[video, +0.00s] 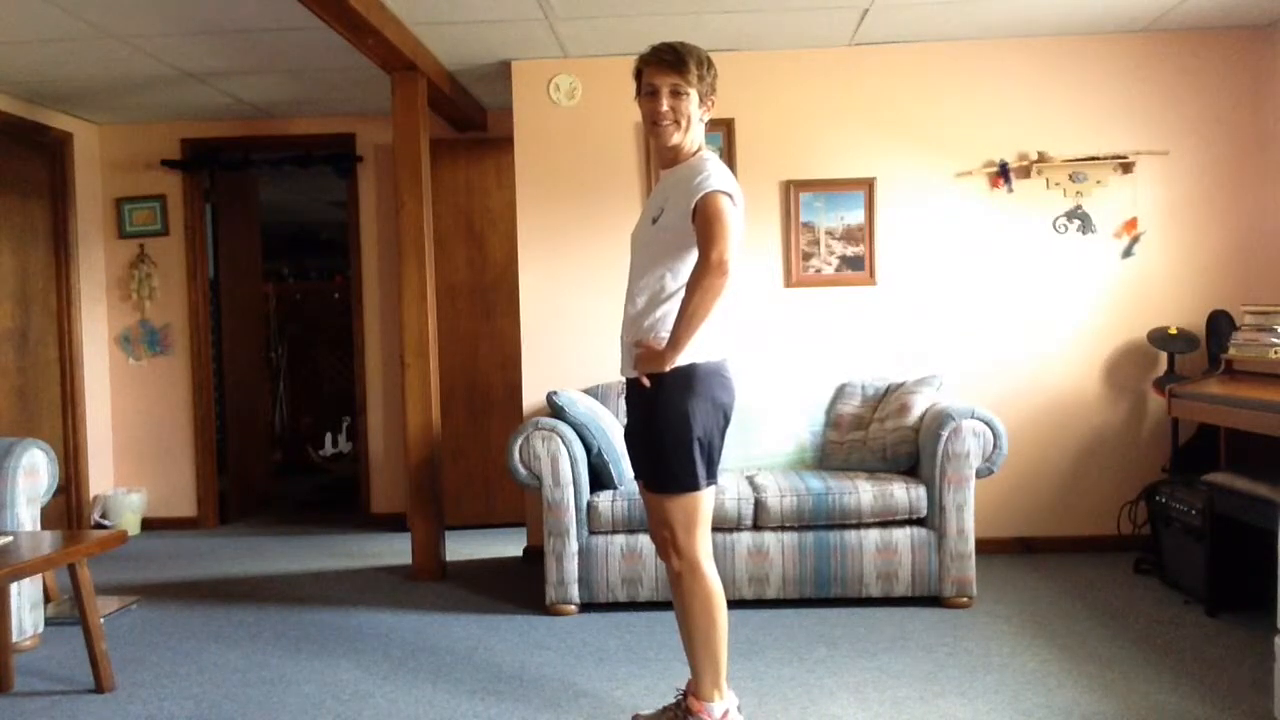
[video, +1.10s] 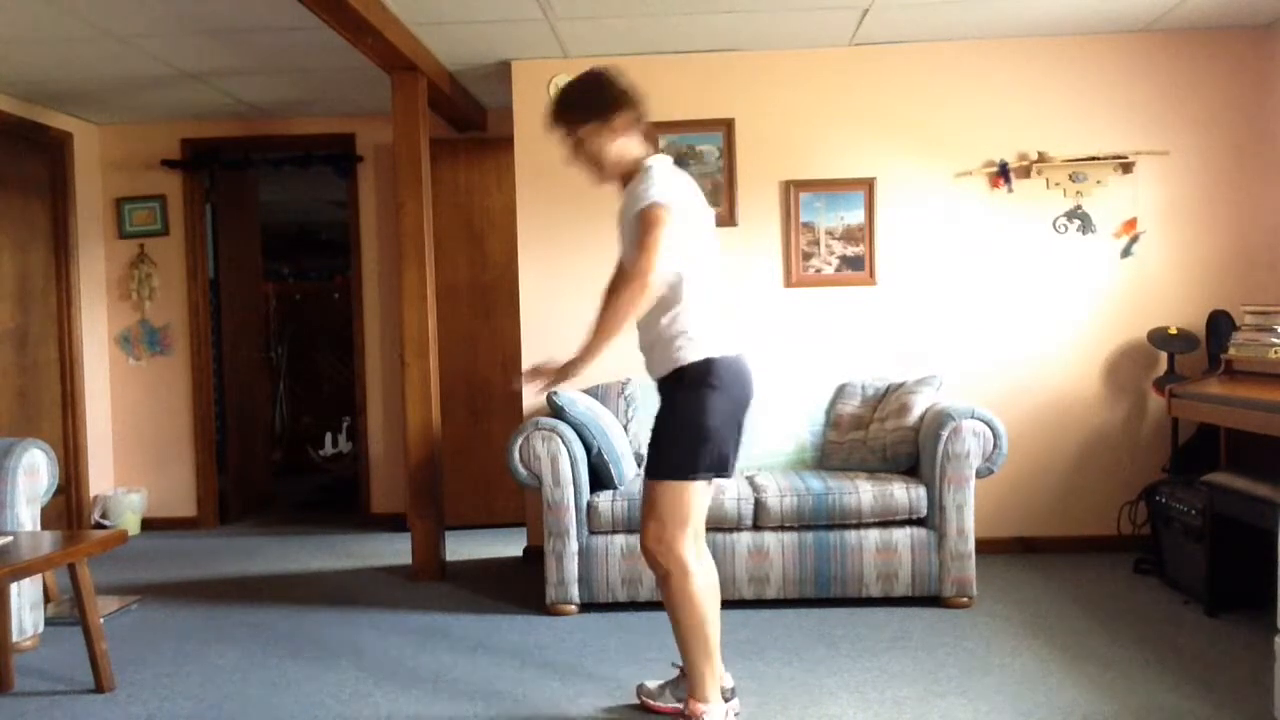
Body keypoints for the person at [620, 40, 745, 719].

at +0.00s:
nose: (661, 105)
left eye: (676, 93)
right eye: (650, 93)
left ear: (703, 103)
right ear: (638, 102)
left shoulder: (705, 173)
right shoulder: (668, 181)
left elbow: (718, 261)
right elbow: (666, 274)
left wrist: (670, 350)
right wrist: (643, 351)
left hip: (680, 379)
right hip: (654, 379)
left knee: (687, 549)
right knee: (672, 547)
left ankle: (713, 699)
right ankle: (705, 693)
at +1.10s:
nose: (576, 158)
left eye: (579, 142)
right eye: (571, 145)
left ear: (618, 125)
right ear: (621, 128)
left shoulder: (657, 184)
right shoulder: (663, 181)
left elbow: (637, 279)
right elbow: (640, 284)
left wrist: (579, 361)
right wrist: (577, 361)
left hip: (701, 376)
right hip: (707, 373)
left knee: (665, 541)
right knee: (681, 540)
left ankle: (707, 693)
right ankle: (708, 676)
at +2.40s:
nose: (418, 557)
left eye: (414, 546)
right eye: (410, 548)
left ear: (441, 522)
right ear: (446, 499)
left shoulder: (509, 517)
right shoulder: (501, 485)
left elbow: (501, 643)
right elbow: (510, 622)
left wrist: (485, 714)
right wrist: (480, 698)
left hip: (684, 503)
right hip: (700, 490)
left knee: (571, 612)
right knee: (817, 596)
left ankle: (693, 712)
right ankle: (957, 641)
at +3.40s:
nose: (457, 581)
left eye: (447, 572)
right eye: (447, 575)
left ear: (461, 542)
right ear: (463, 527)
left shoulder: (524, 519)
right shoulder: (512, 490)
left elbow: (506, 655)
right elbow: (517, 631)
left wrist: (483, 719)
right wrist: (483, 699)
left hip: (691, 462)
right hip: (706, 469)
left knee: (602, 574)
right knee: (824, 578)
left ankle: (744, 654)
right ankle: (954, 639)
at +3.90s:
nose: (447, 580)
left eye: (434, 570)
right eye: (436, 576)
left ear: (441, 539)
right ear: (447, 527)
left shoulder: (490, 514)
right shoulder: (526, 514)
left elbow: (492, 658)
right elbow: (512, 638)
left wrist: (470, 716)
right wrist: (483, 706)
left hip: (665, 434)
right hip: (688, 430)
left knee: (575, 596)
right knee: (639, 561)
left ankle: (665, 712)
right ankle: (771, 596)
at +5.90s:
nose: (451, 579)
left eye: (439, 572)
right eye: (440, 577)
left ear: (440, 541)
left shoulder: (491, 514)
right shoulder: (514, 508)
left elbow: (495, 657)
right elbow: (510, 620)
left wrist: (474, 715)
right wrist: (477, 704)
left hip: (668, 440)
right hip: (673, 430)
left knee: (573, 596)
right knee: (602, 563)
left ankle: (662, 711)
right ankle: (670, 666)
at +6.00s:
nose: (451, 583)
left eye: (437, 576)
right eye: (438, 581)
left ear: (436, 546)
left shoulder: (477, 515)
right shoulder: (508, 515)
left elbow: (483, 649)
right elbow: (500, 636)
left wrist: (465, 714)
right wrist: (468, 705)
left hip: (645, 416)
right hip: (661, 408)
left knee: (574, 593)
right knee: (612, 552)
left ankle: (668, 713)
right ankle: (672, 662)